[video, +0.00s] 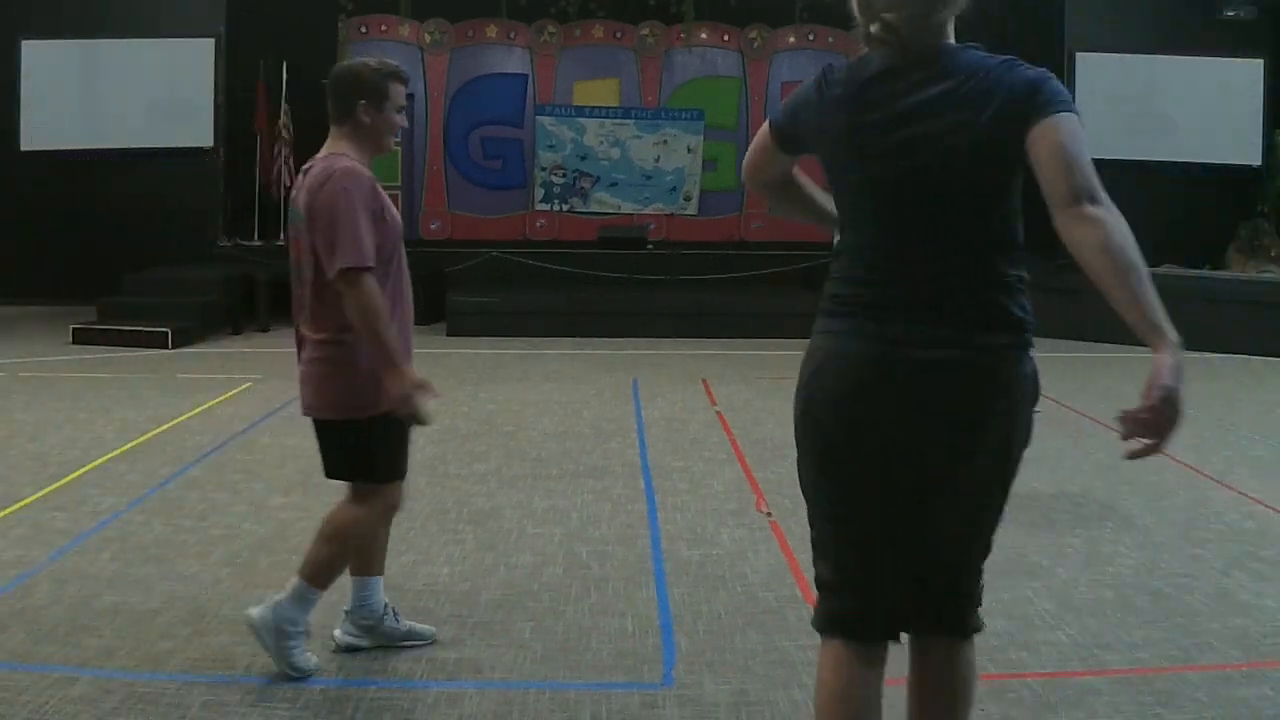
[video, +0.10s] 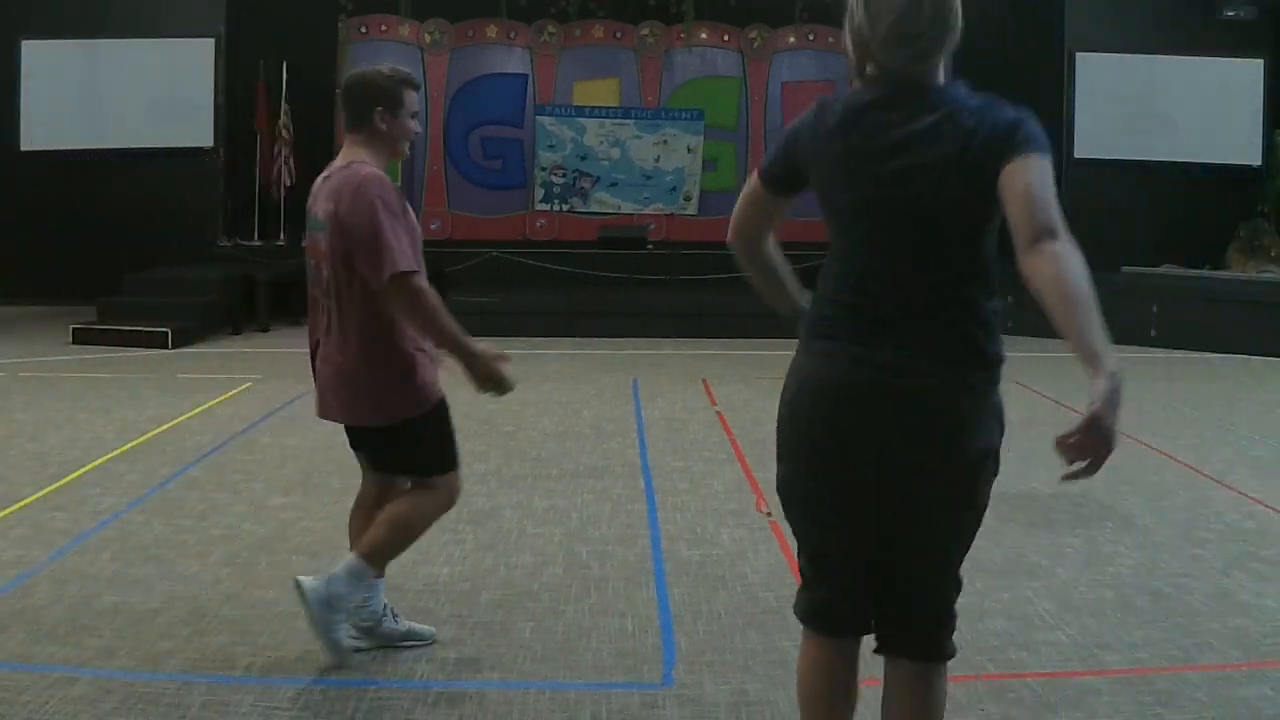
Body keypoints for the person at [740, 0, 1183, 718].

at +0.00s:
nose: (860, 15)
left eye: (860, 8)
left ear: (864, 11)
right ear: (955, 9)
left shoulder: (833, 92)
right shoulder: (1022, 89)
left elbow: (762, 169)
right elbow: (1081, 206)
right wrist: (1163, 342)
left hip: (850, 377)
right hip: (981, 382)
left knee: (850, 618)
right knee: (947, 613)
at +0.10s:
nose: (841, 36)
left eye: (846, 26)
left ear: (854, 42)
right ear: (952, 38)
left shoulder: (826, 126)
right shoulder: (1004, 128)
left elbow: (746, 233)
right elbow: (1041, 241)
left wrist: (808, 319)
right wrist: (1104, 371)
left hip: (827, 403)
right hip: (948, 413)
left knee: (829, 613)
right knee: (920, 628)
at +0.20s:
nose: (853, 91)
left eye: (856, 81)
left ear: (856, 98)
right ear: (939, 102)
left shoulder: (813, 190)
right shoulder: (978, 195)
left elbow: (746, 318)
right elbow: (1005, 320)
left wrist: (755, 418)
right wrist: (1046, 451)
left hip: (813, 445)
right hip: (928, 452)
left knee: (809, 610)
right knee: (902, 647)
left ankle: (799, 713)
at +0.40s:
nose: (800, 109)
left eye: (806, 100)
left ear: (811, 116)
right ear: (883, 123)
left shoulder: (767, 201)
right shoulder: (911, 207)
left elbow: (745, 319)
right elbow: (923, 333)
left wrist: (721, 421)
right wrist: (953, 422)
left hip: (782, 421)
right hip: (878, 423)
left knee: (783, 562)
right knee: (889, 590)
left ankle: (782, 698)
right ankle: (890, 712)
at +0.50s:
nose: (782, 107)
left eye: (786, 99)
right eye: (791, 98)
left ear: (793, 111)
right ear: (860, 116)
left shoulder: (757, 194)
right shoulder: (892, 198)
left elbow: (730, 306)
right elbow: (907, 311)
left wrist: (704, 400)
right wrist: (914, 367)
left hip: (765, 398)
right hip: (857, 402)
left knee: (776, 546)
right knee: (877, 555)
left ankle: (777, 692)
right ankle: (880, 703)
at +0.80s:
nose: (763, 96)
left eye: (770, 88)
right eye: (767, 86)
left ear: (786, 103)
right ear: (837, 105)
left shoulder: (771, 176)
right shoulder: (863, 179)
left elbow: (723, 271)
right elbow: (873, 278)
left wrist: (702, 308)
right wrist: (822, 301)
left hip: (772, 354)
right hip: (839, 354)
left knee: (762, 514)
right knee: (800, 487)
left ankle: (771, 676)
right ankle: (821, 606)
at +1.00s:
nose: (768, 122)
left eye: (780, 115)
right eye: (769, 113)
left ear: (811, 129)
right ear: (781, 124)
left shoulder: (815, 199)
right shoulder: (793, 191)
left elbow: (777, 294)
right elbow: (789, 291)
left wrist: (713, 320)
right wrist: (761, 358)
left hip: (806, 362)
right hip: (794, 358)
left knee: (781, 513)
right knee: (779, 496)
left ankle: (812, 666)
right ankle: (797, 600)